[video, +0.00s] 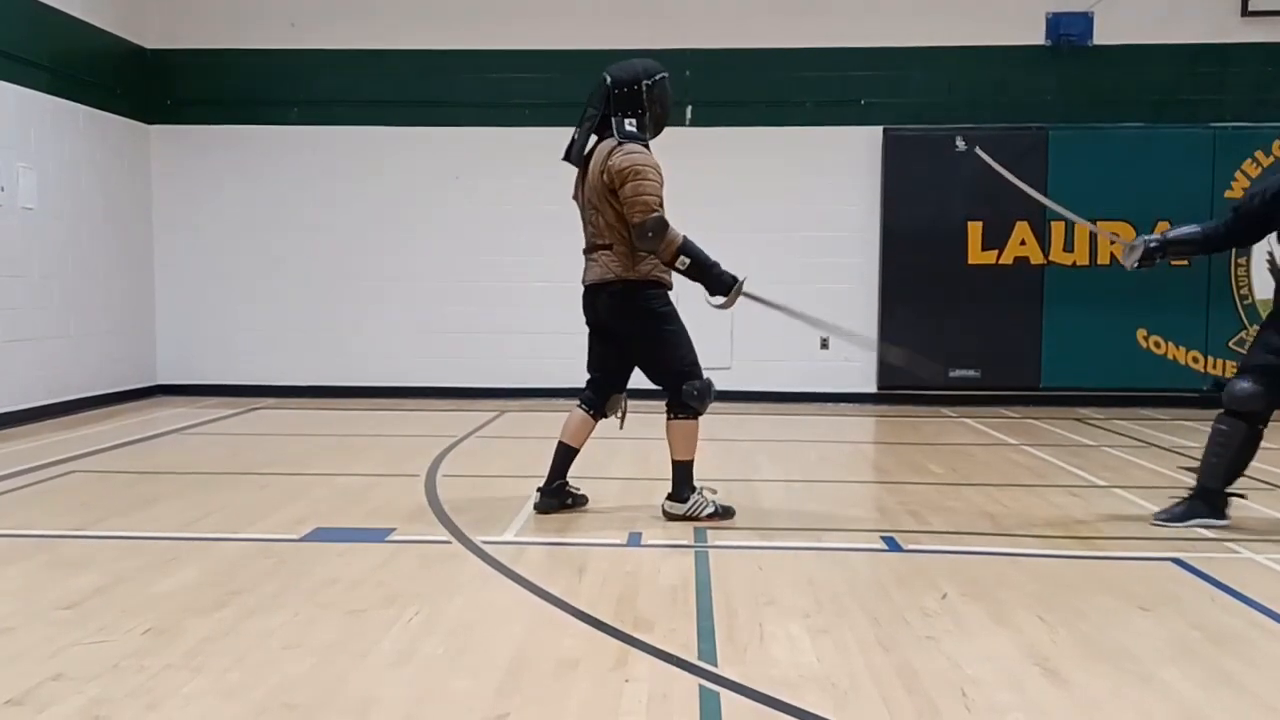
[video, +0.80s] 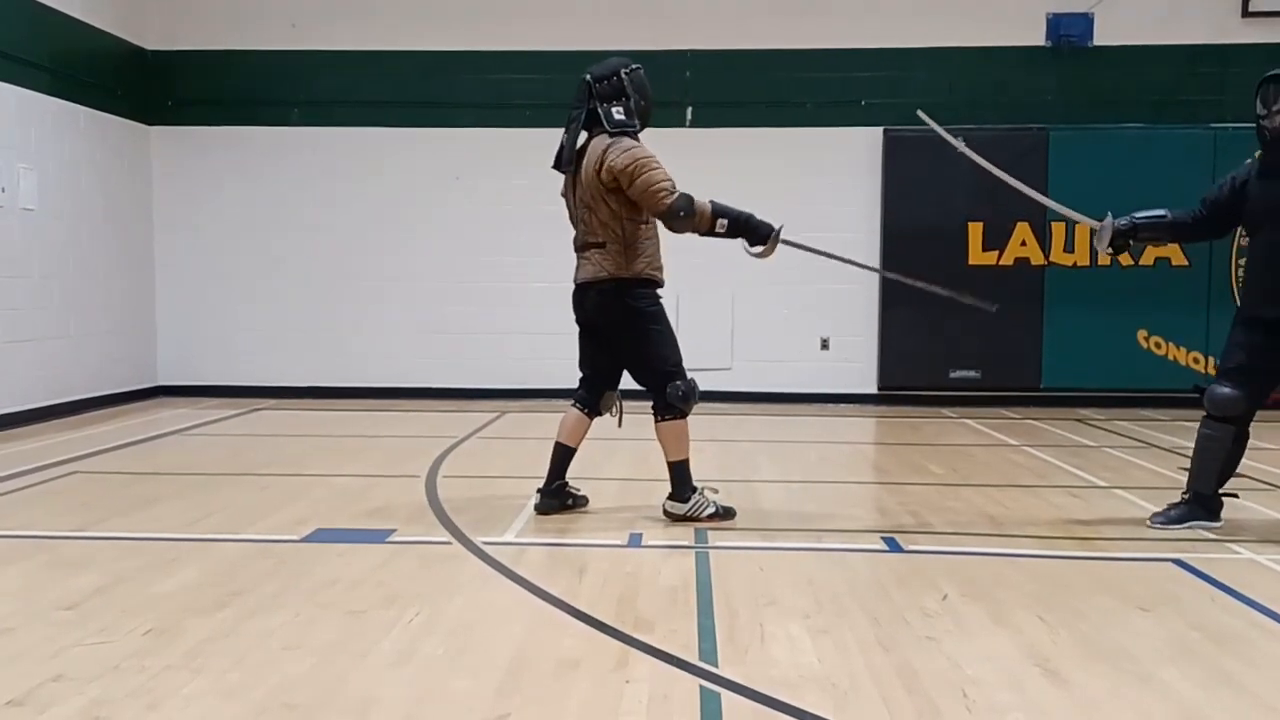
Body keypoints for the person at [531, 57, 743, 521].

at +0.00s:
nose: (665, 107)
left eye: (663, 97)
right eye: (660, 98)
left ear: (616, 102)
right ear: (645, 102)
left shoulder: (599, 154)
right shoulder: (633, 158)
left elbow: (617, 234)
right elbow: (651, 233)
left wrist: (684, 263)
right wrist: (714, 275)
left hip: (603, 293)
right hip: (637, 294)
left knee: (601, 392)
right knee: (688, 388)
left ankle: (553, 486)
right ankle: (682, 494)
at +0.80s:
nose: (646, 100)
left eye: (641, 91)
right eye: (640, 93)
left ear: (596, 102)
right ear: (629, 99)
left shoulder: (584, 152)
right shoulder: (625, 153)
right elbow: (678, 211)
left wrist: (712, 224)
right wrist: (743, 223)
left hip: (593, 293)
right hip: (629, 293)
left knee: (594, 390)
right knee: (671, 389)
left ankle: (553, 487)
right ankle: (683, 494)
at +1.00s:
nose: (655, 105)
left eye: (651, 96)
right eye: (650, 97)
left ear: (604, 104)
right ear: (638, 101)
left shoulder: (588, 153)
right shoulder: (639, 152)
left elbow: (584, 219)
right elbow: (699, 201)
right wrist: (775, 212)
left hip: (595, 293)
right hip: (634, 294)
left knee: (594, 389)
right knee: (674, 390)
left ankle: (553, 487)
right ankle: (683, 495)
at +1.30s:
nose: (666, 104)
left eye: (663, 96)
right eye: (661, 96)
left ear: (614, 101)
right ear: (647, 100)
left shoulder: (596, 150)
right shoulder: (649, 151)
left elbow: (589, 220)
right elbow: (711, 203)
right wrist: (789, 208)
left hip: (596, 292)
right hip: (636, 293)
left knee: (592, 386)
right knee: (676, 390)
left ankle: (553, 487)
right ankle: (683, 495)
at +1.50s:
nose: (667, 104)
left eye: (665, 95)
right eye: (662, 96)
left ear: (617, 101)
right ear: (646, 101)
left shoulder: (595, 151)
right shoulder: (644, 153)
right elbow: (689, 219)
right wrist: (757, 215)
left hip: (596, 290)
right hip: (634, 294)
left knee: (592, 387)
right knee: (675, 391)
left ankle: (553, 487)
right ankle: (683, 496)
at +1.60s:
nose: (667, 103)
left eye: (664, 93)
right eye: (661, 94)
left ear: (617, 101)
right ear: (646, 101)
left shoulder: (595, 151)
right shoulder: (642, 153)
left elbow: (591, 217)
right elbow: (673, 224)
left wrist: (705, 225)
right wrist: (736, 223)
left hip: (594, 291)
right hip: (632, 294)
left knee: (591, 388)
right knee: (674, 392)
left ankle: (553, 487)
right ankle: (683, 496)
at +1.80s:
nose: (661, 107)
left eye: (659, 98)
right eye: (657, 99)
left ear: (611, 102)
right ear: (644, 103)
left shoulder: (594, 150)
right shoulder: (632, 155)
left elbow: (614, 227)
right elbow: (633, 232)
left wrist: (686, 246)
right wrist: (695, 248)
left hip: (587, 292)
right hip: (622, 294)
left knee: (591, 389)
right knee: (669, 392)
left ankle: (553, 488)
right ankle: (682, 495)